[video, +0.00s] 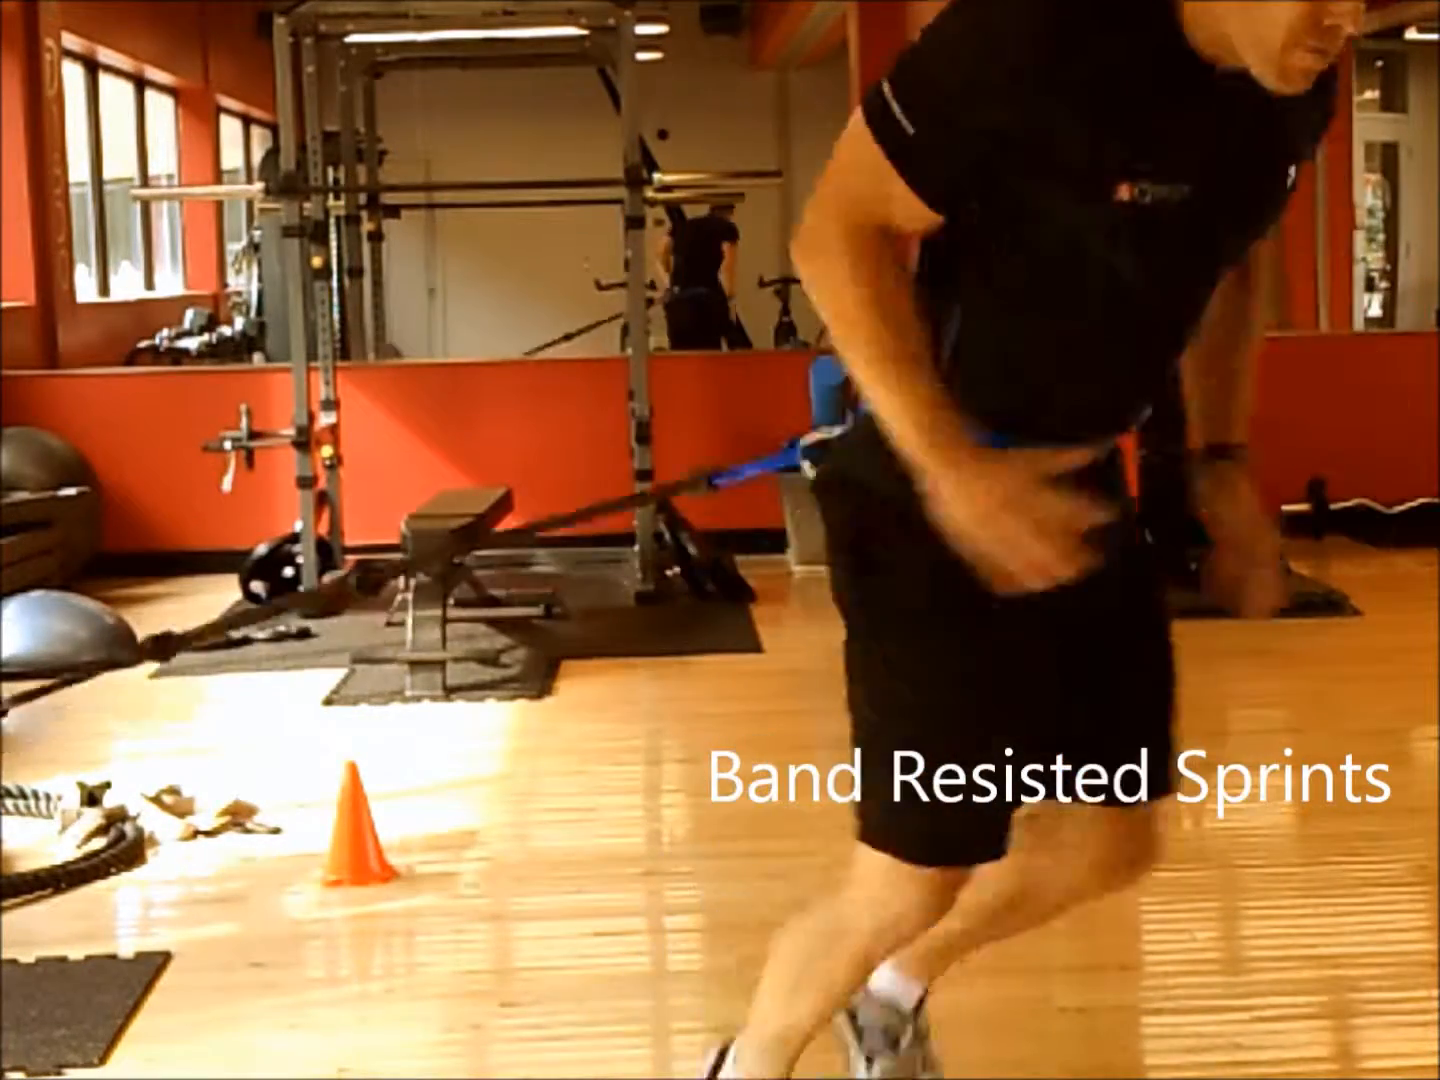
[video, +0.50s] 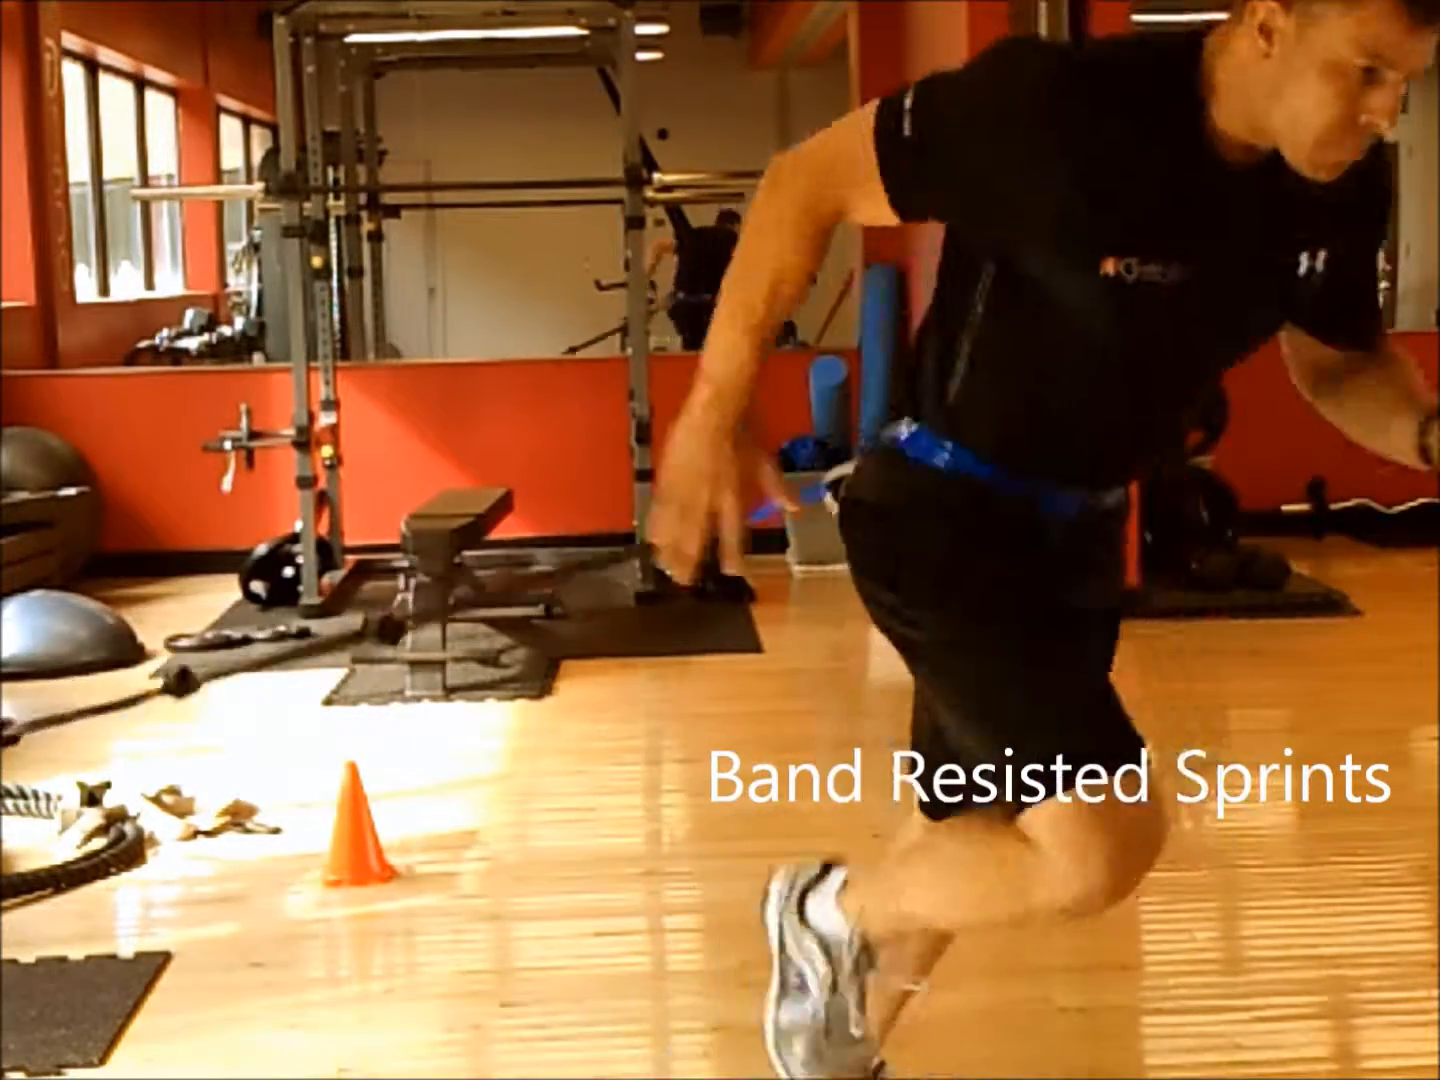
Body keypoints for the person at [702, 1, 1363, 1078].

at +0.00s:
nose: (1341, 26)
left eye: (1362, 5)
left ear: (1375, 9)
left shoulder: (1304, 85)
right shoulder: (1028, 36)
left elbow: (1229, 262)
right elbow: (836, 232)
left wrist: (1220, 461)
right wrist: (951, 465)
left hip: (1089, 469)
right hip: (918, 468)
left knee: (1106, 839)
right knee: (919, 871)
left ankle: (887, 989)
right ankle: (744, 1068)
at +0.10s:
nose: (1311, 99)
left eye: (1326, 64)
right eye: (1289, 56)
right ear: (1179, 21)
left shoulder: (1231, 157)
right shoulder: (1022, 114)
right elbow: (960, 381)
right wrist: (1237, 361)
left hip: (1065, 549)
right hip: (902, 554)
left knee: (1264, 837)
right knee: (838, 904)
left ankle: (980, 812)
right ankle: (702, 1072)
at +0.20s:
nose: (1346, 100)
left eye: (1365, 70)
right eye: (1331, 54)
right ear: (1225, 8)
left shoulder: (1256, 148)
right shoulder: (1041, 95)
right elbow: (923, 343)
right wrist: (1196, 370)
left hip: (1070, 512)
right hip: (908, 513)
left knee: (1264, 801)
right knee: (840, 851)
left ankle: (971, 873)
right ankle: (708, 1067)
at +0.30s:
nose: (1402, 29)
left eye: (1416, 8)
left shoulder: (1328, 107)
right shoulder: (1069, 40)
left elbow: (1218, 274)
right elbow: (866, 238)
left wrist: (1203, 459)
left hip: (1102, 455)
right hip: (933, 445)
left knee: (1101, 836)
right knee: (944, 864)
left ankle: (907, 1026)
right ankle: (716, 1037)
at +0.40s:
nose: (1376, 112)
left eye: (1395, 80)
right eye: (1353, 70)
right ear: (1246, 29)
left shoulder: (1319, 192)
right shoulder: (1039, 112)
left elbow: (1335, 380)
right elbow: (797, 198)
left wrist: (1403, 491)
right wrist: (706, 417)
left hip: (1075, 530)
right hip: (935, 515)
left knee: (980, 844)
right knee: (1098, 866)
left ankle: (838, 1053)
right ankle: (782, 871)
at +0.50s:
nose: (1387, 115)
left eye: (1404, 84)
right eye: (1368, 74)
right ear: (1262, 28)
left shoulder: (1341, 176)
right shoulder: (1049, 103)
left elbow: (1336, 359)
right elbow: (804, 183)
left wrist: (1423, 434)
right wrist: (713, 411)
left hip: (1077, 524)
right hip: (938, 504)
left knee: (966, 840)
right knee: (1104, 840)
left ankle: (845, 1048)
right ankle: (832, 915)